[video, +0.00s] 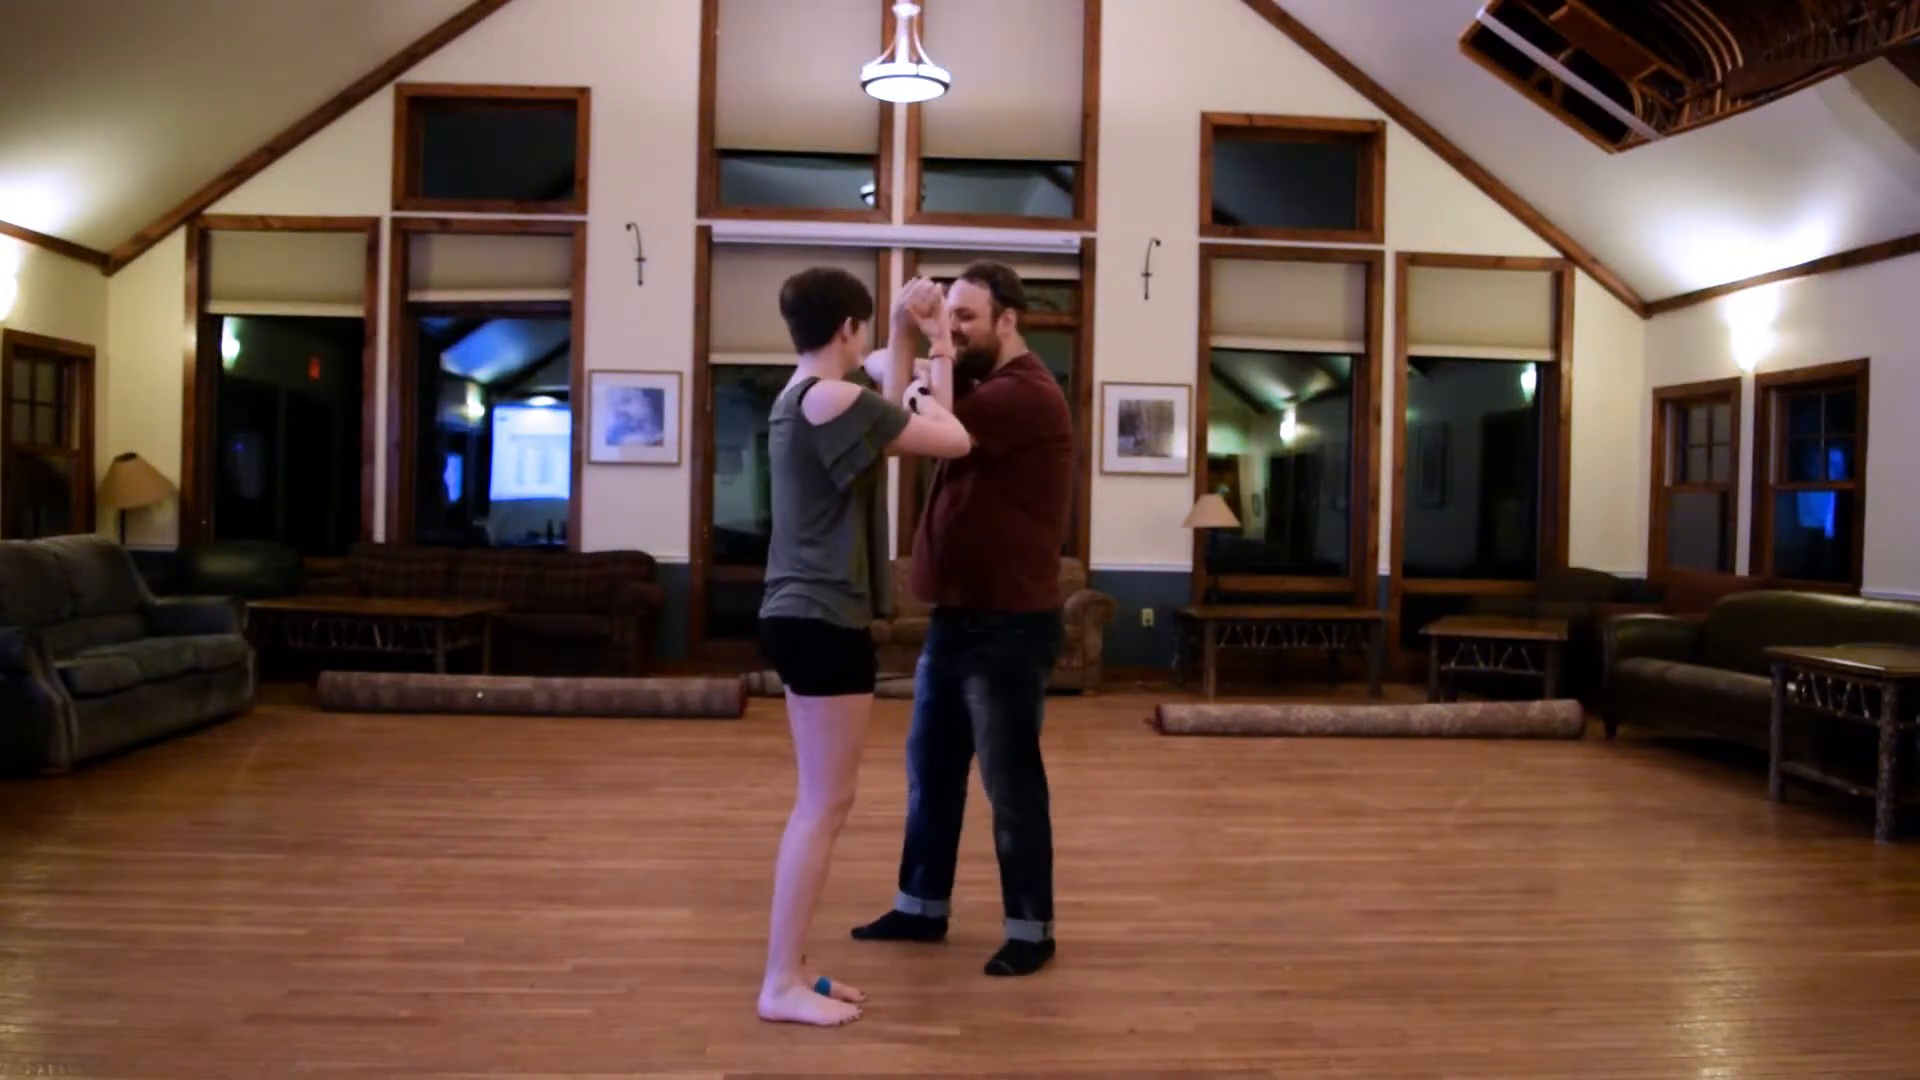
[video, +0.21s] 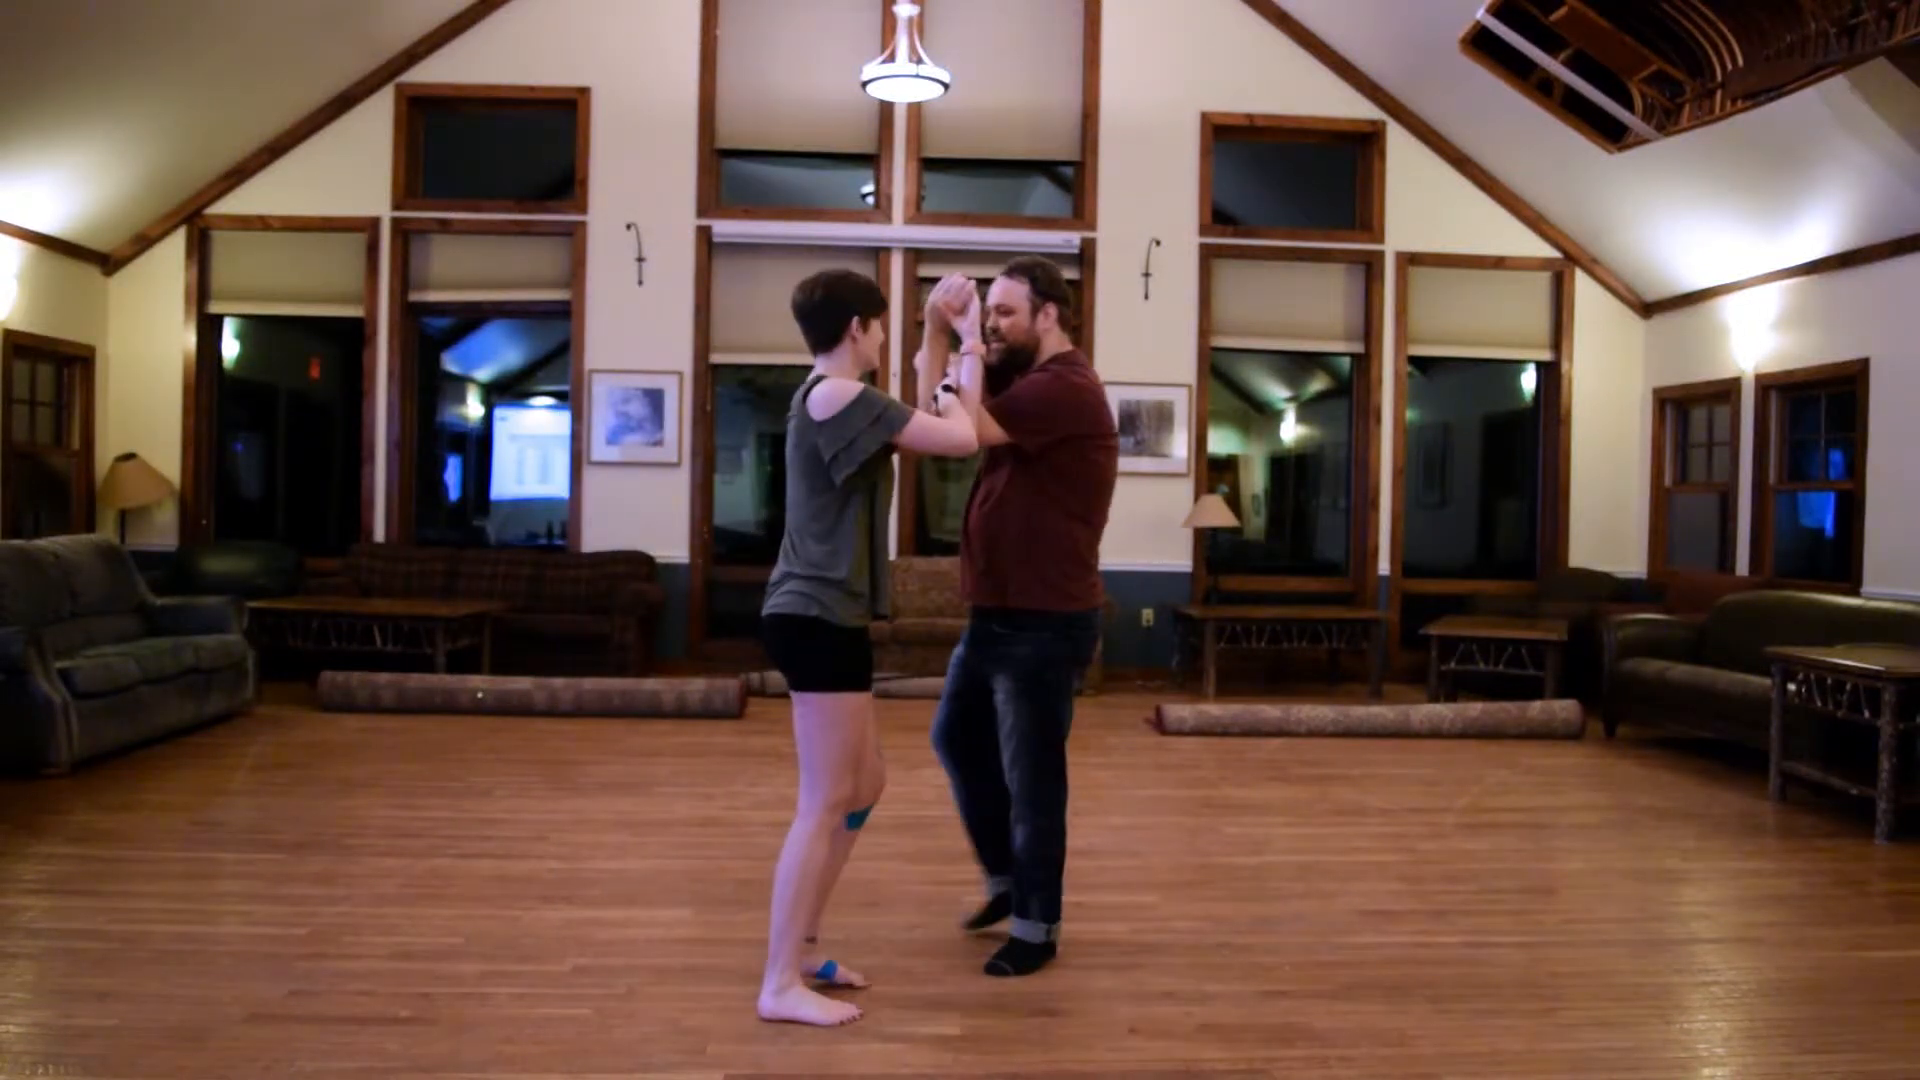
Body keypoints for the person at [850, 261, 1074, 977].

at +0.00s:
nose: (952, 329)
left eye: (967, 316)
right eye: (948, 316)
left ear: (1007, 322)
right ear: (955, 326)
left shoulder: (1029, 392)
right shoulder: (972, 385)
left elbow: (935, 428)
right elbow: (902, 411)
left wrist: (939, 349)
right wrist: (904, 329)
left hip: (1013, 620)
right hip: (956, 615)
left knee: (1010, 779)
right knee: (933, 766)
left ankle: (1030, 930)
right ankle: (921, 910)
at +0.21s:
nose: (991, 327)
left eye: (1005, 314)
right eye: (990, 315)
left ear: (1049, 315)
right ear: (1007, 321)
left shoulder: (1067, 385)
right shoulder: (1023, 381)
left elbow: (973, 424)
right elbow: (932, 413)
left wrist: (972, 349)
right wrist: (940, 329)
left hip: (1044, 619)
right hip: (995, 613)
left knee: (1032, 776)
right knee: (957, 739)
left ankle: (1038, 924)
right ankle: (1005, 877)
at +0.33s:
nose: (1018, 322)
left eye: (1030, 310)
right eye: (1016, 311)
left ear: (1073, 314)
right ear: (1032, 317)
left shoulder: (1090, 384)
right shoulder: (1045, 372)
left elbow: (990, 427)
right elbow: (969, 396)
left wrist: (977, 347)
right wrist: (966, 329)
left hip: (1064, 617)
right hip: (1019, 611)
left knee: (1045, 775)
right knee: (998, 748)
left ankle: (1039, 928)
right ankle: (1099, 863)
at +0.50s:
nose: (1044, 327)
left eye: (1056, 315)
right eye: (1044, 316)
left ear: (1097, 318)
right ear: (1082, 319)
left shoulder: (1111, 389)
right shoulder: (1080, 373)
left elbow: (1001, 434)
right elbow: (983, 401)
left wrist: (1002, 353)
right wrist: (984, 335)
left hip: (1085, 618)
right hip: (1068, 613)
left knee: (1051, 775)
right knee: (1089, 765)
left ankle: (1040, 927)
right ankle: (1153, 910)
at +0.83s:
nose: (1101, 328)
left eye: (1111, 315)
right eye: (1100, 315)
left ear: (1154, 318)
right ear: (1150, 321)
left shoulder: (1167, 388)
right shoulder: (1154, 381)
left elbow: (1061, 430)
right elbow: (1059, 419)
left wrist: (1054, 344)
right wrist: (1051, 343)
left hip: (1143, 614)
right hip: (1153, 610)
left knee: (1093, 755)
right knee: (1149, 760)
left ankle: (1150, 922)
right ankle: (1161, 921)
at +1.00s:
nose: (1132, 330)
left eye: (1142, 317)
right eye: (1131, 317)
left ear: (1183, 318)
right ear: (1170, 320)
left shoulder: (1205, 387)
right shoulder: (1164, 376)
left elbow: (1105, 438)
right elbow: (1076, 418)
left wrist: (1103, 362)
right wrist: (1079, 342)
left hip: (1183, 615)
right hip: (1148, 611)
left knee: (1159, 774)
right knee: (1151, 773)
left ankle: (1247, 907)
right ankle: (1160, 926)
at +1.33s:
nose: (1197, 333)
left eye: (1209, 319)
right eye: (1194, 320)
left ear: (1251, 319)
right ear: (1231, 320)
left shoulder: (1277, 385)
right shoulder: (1229, 378)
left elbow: (1178, 440)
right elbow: (1147, 426)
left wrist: (1168, 358)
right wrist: (1149, 347)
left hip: (1259, 619)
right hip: (1211, 615)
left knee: (1248, 772)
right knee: (1186, 749)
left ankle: (1264, 929)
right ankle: (1241, 896)